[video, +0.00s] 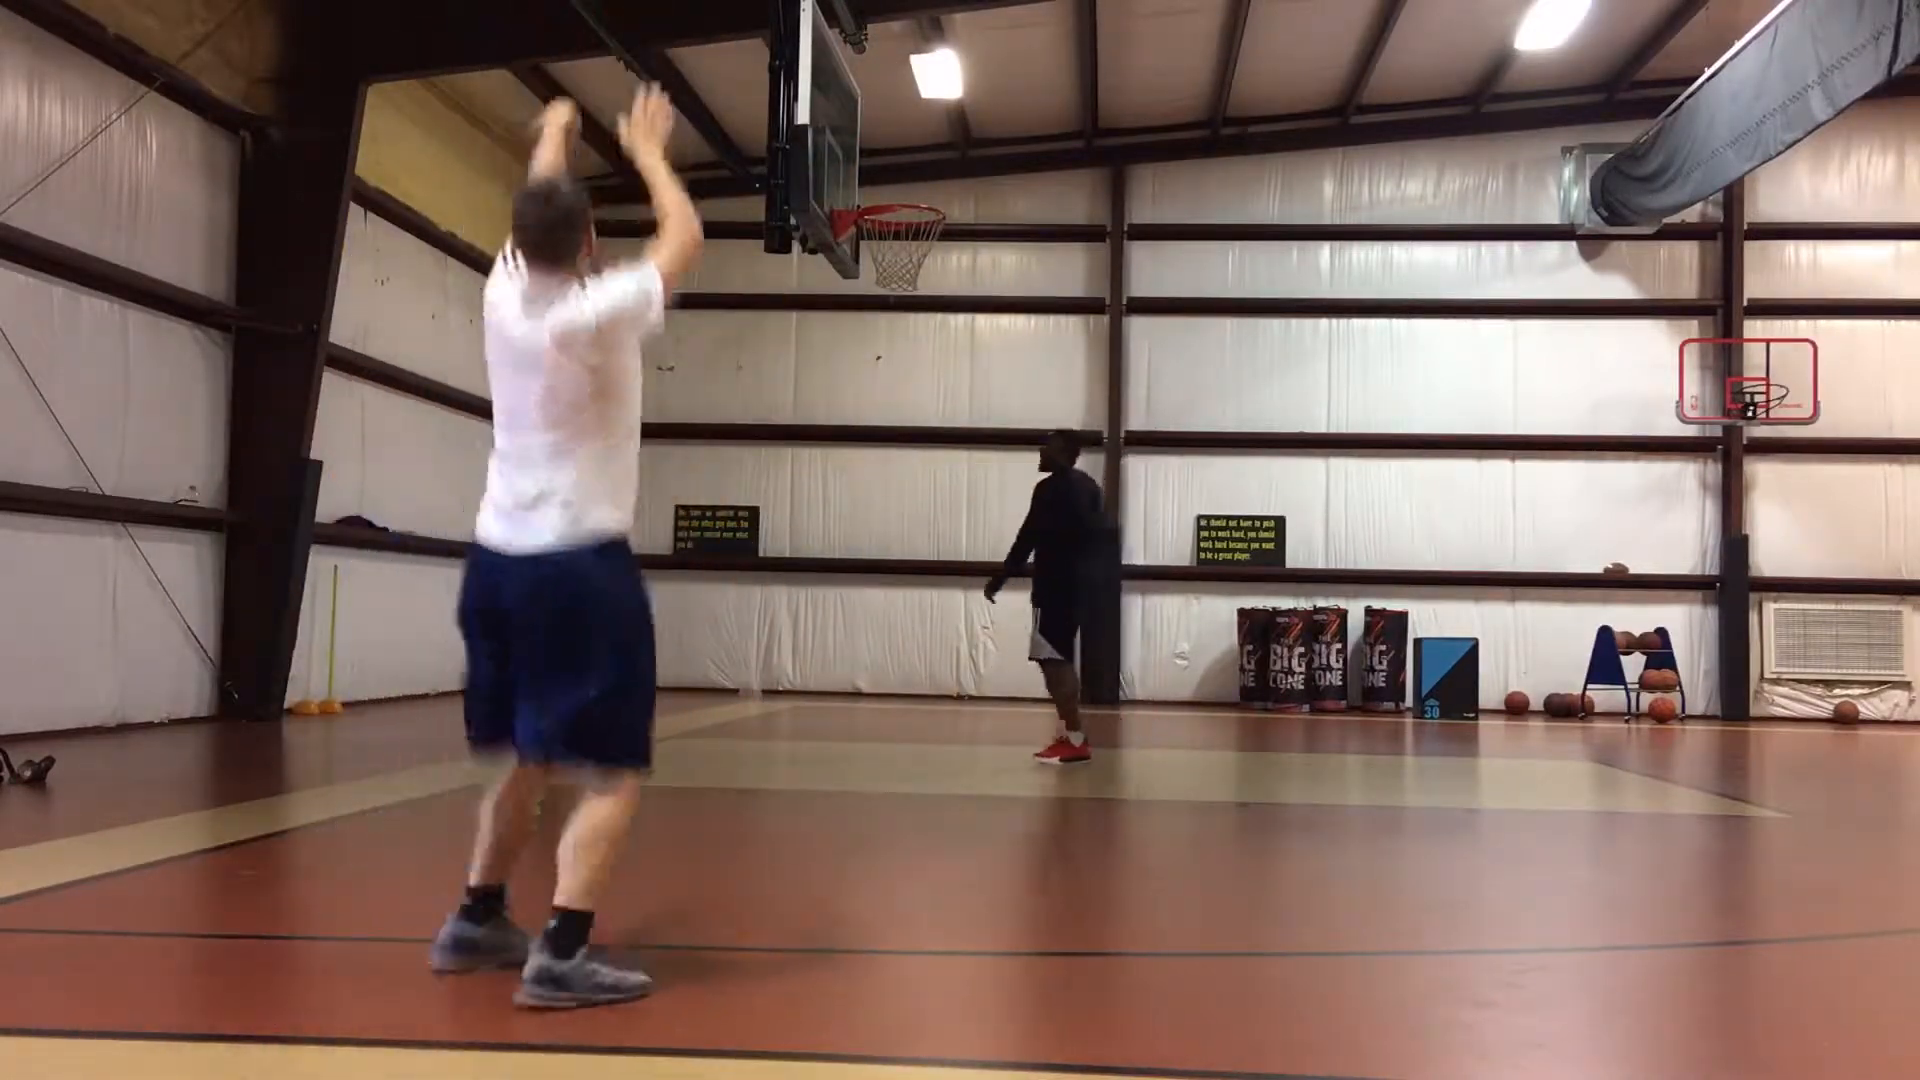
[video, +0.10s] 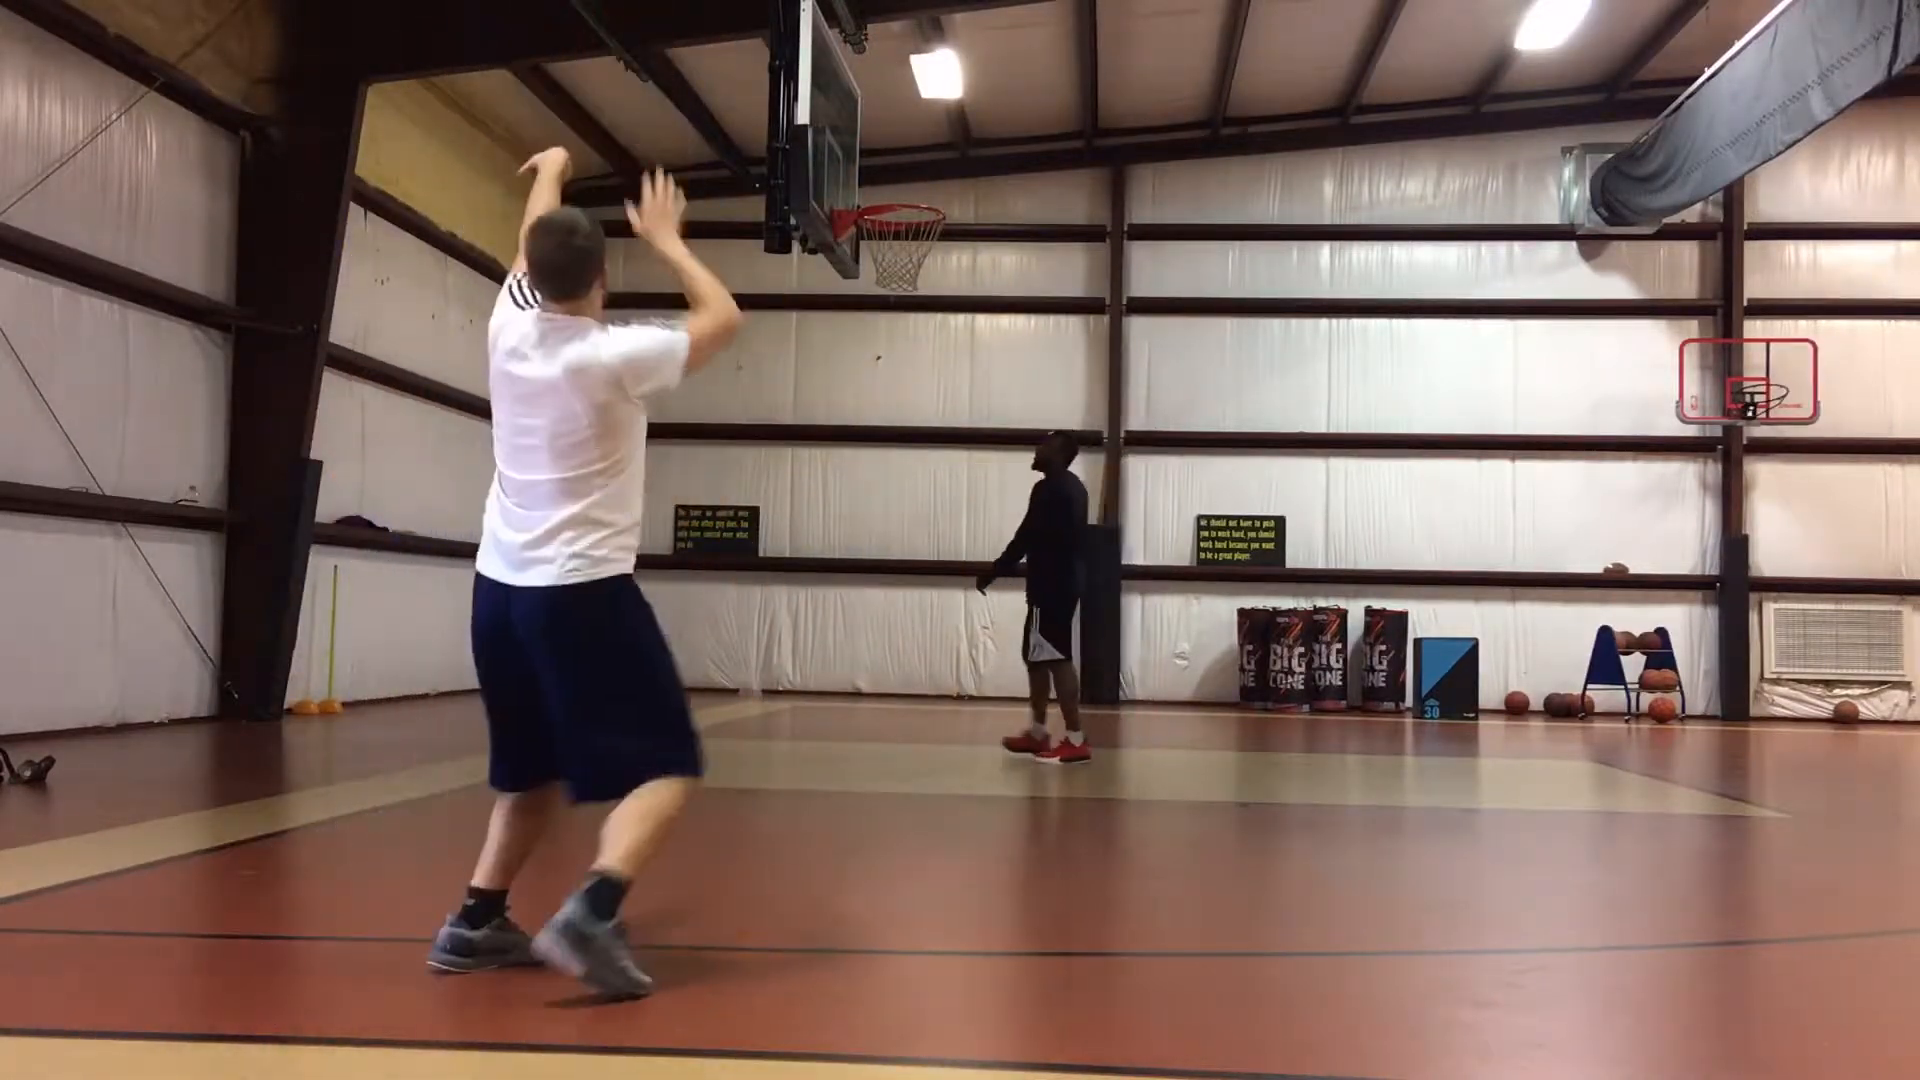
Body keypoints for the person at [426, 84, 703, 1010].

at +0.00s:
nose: (598, 234)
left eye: (572, 225)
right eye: (593, 225)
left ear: (523, 237)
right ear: (590, 237)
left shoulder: (504, 296)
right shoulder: (609, 307)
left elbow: (531, 213)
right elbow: (682, 233)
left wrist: (551, 145)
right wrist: (651, 153)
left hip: (499, 563)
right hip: (585, 568)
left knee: (524, 757)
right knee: (616, 773)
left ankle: (477, 917)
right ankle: (560, 955)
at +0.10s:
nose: (609, 281)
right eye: (606, 271)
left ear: (530, 275)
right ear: (600, 281)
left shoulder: (508, 330)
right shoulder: (613, 354)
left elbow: (531, 249)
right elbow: (722, 318)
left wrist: (545, 179)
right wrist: (671, 241)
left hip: (500, 594)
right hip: (588, 595)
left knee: (529, 769)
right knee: (671, 767)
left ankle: (476, 919)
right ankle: (592, 912)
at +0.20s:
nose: (634, 260)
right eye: (631, 251)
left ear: (554, 261)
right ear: (624, 267)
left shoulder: (527, 314)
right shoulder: (638, 349)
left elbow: (530, 231)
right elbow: (756, 375)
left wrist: (531, 160)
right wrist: (706, 299)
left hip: (518, 576)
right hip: (610, 580)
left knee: (538, 755)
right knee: (697, 743)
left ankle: (478, 916)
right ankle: (645, 895)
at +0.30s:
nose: (662, 246)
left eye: (649, 235)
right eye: (660, 238)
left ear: (579, 243)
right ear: (653, 250)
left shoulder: (552, 295)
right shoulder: (675, 340)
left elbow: (533, 207)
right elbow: (776, 415)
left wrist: (518, 131)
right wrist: (744, 342)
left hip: (546, 559)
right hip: (643, 567)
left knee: (543, 742)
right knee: (701, 743)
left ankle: (484, 911)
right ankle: (709, 913)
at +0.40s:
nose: (692, 241)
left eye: (610, 230)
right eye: (692, 229)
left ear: (612, 240)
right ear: (690, 241)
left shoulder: (582, 292)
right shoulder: (713, 339)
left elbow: (540, 192)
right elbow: (804, 429)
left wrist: (522, 111)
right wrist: (779, 385)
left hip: (573, 556)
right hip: (671, 565)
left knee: (552, 739)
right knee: (701, 752)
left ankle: (493, 908)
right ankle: (722, 937)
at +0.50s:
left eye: (645, 229)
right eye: (717, 228)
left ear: (646, 234)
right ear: (723, 237)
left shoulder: (611, 289)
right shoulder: (753, 338)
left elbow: (560, 186)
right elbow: (829, 439)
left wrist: (534, 98)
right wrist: (792, 406)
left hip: (591, 553)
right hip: (695, 563)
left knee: (555, 739)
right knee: (716, 762)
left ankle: (508, 911)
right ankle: (722, 949)